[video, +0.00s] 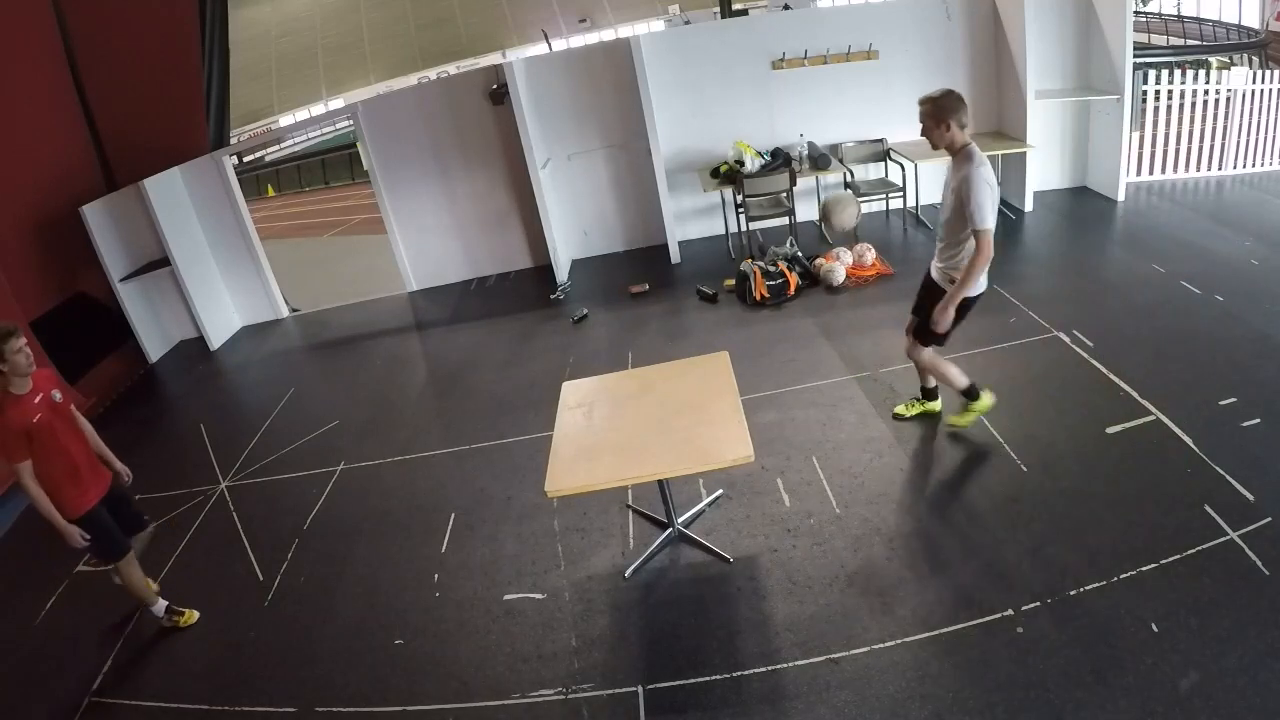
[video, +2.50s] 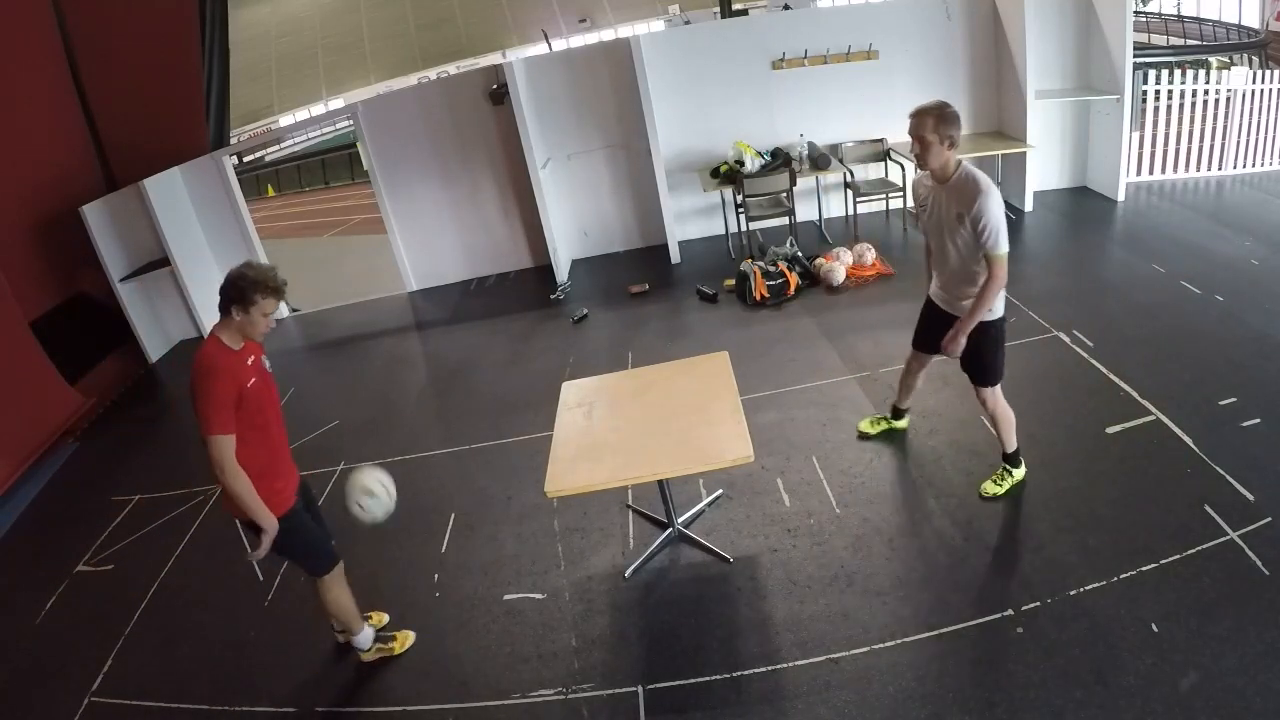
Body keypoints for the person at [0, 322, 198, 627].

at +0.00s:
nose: (28, 353)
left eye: (26, 346)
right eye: (18, 351)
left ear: (30, 347)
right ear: (4, 364)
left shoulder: (47, 377)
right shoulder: (10, 417)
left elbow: (79, 421)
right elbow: (27, 480)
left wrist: (113, 461)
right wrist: (63, 526)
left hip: (101, 477)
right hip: (77, 502)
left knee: (141, 528)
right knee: (122, 555)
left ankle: (123, 572)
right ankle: (163, 611)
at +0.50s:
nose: (94, 338)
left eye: (91, 331)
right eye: (84, 335)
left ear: (88, 335)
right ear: (63, 350)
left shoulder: (112, 370)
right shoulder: (70, 411)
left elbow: (147, 420)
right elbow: (99, 478)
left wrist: (182, 464)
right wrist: (149, 516)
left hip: (175, 480)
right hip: (145, 509)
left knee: (222, 539)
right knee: (175, 570)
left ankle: (267, 604)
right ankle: (168, 604)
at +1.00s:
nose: (154, 326)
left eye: (151, 318)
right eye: (143, 324)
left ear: (150, 319)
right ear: (121, 340)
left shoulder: (172, 360)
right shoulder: (128, 408)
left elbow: (216, 410)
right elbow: (156, 486)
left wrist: (267, 448)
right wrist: (201, 537)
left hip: (239, 480)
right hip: (215, 507)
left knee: (262, 547)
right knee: (278, 570)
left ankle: (267, 605)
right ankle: (339, 642)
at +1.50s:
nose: (206, 308)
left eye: (202, 300)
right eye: (196, 304)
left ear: (176, 318)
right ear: (170, 321)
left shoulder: (203, 347)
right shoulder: (176, 385)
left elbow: (244, 412)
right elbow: (214, 475)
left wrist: (284, 452)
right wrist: (283, 513)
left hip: (276, 477)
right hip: (254, 507)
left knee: (312, 541)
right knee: (305, 574)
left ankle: (335, 606)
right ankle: (342, 642)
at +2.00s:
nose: (250, 308)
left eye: (249, 299)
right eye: (242, 302)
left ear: (219, 309)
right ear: (212, 311)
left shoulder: (233, 344)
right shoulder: (206, 375)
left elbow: (256, 412)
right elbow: (228, 468)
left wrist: (293, 444)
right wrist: (286, 516)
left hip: (287, 483)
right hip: (266, 507)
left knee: (323, 552)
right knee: (313, 573)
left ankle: (345, 621)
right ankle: (341, 642)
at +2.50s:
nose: (271, 324)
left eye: (272, 315)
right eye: (266, 315)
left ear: (238, 311)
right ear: (236, 312)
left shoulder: (245, 345)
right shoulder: (215, 369)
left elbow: (257, 424)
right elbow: (224, 465)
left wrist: (284, 474)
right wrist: (267, 523)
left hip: (289, 483)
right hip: (272, 507)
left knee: (328, 557)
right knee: (329, 569)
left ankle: (347, 624)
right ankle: (364, 643)